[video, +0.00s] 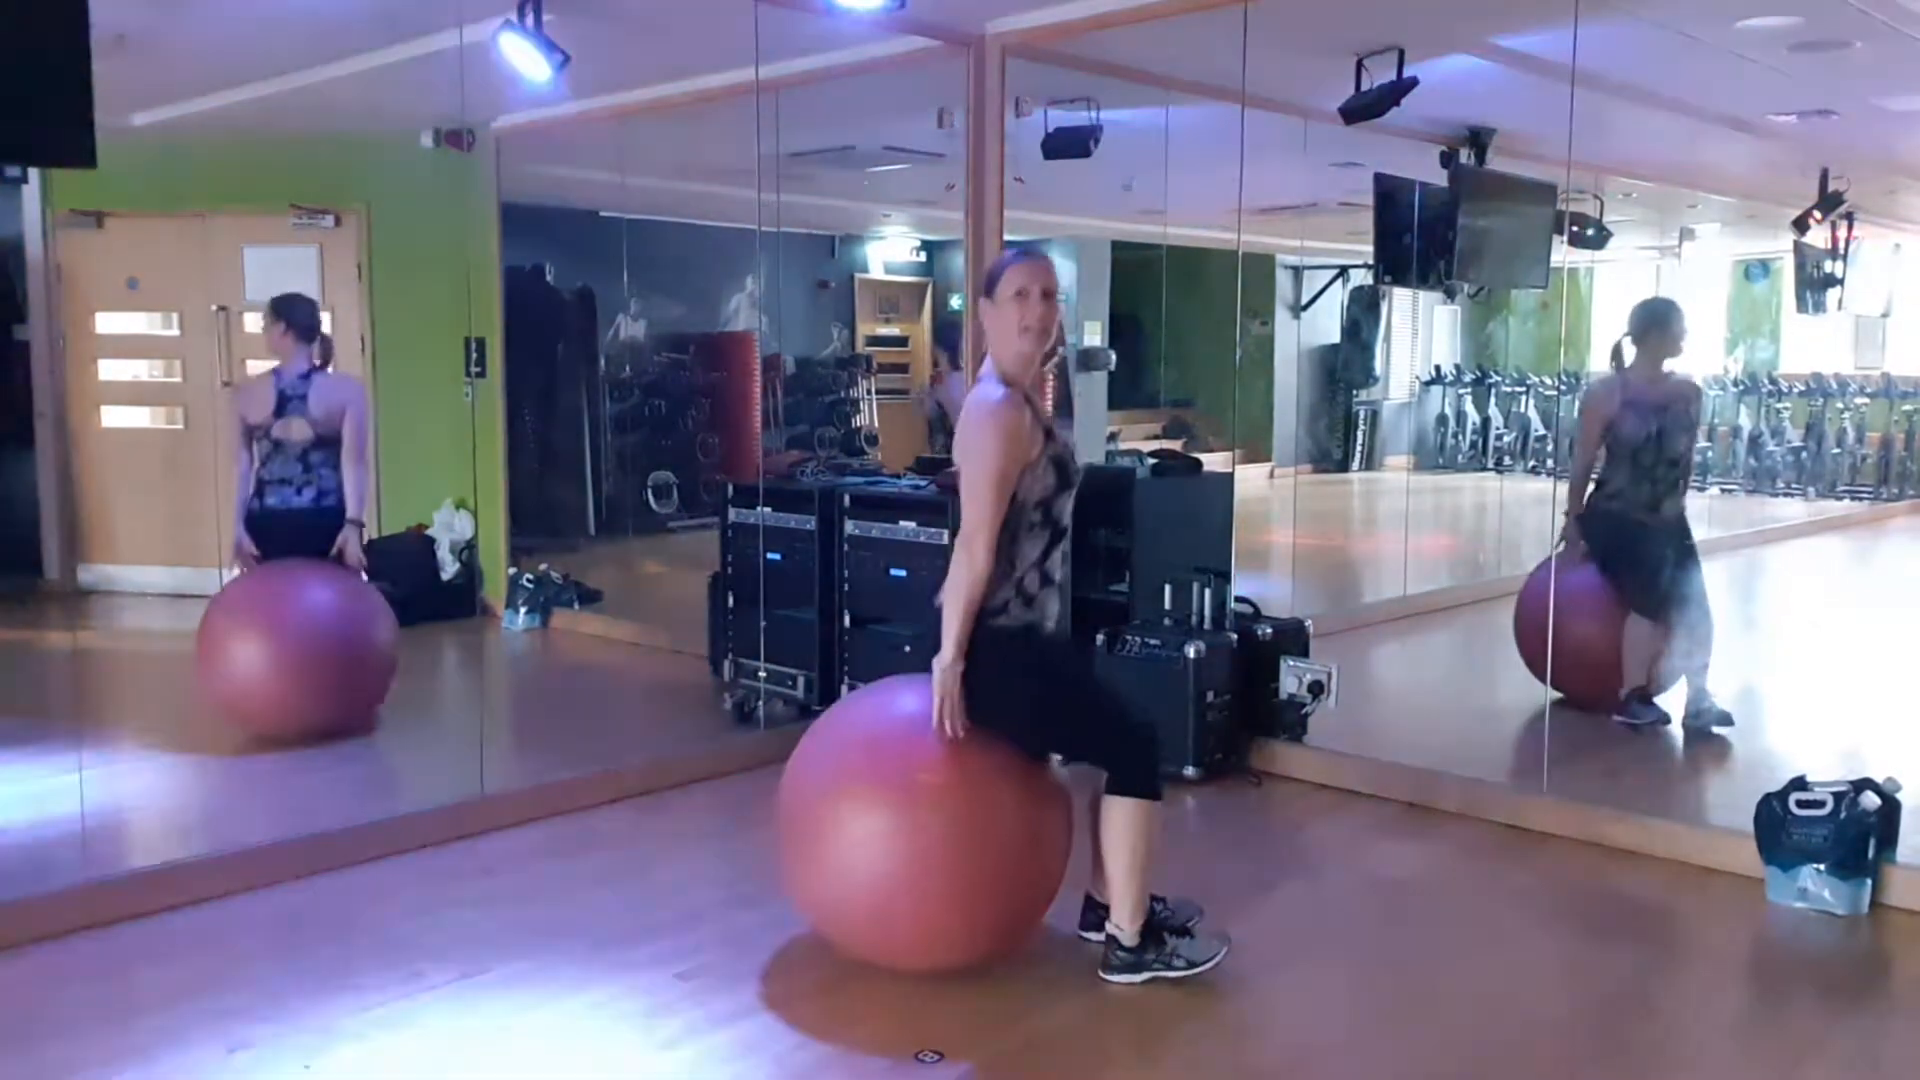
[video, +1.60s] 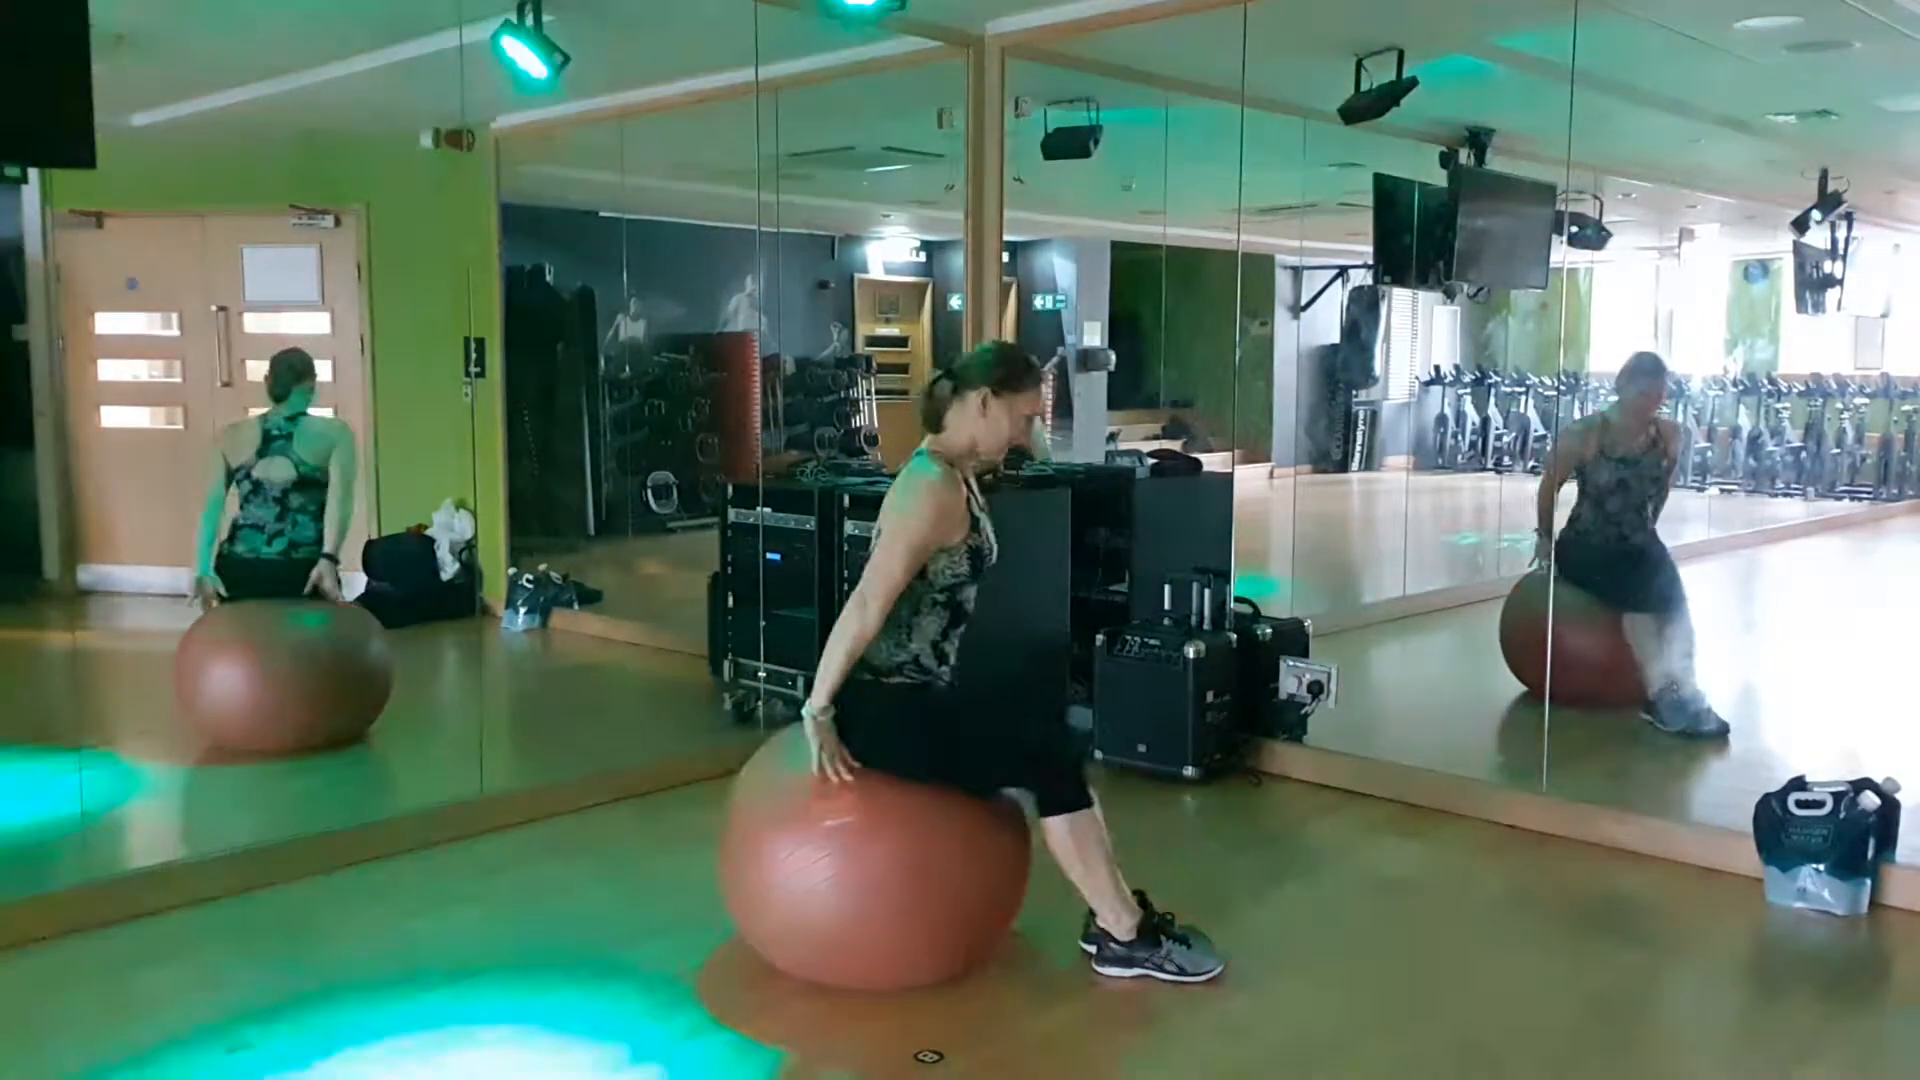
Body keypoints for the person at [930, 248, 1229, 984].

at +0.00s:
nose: (1040, 310)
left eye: (1049, 297)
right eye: (1022, 297)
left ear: (1058, 309)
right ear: (986, 311)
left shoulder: (1012, 401)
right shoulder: (995, 410)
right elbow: (975, 544)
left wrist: (1045, 402)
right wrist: (950, 657)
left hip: (1014, 644)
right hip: (1002, 654)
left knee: (1122, 735)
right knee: (1133, 742)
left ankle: (1108, 903)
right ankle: (1131, 935)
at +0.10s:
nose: (1029, 341)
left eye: (1037, 327)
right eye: (1009, 328)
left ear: (1046, 343)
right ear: (971, 345)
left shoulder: (1008, 432)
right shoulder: (982, 444)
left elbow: (984, 569)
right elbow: (963, 576)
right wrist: (933, 692)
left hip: (999, 668)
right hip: (979, 681)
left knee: (1122, 724)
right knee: (1131, 741)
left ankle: (1109, 902)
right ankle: (1130, 937)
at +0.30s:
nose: (997, 398)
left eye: (1006, 384)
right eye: (978, 385)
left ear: (1015, 399)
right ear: (943, 401)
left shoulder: (987, 479)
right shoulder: (947, 496)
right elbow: (907, 612)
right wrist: (882, 723)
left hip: (976, 697)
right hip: (939, 719)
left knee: (1106, 729)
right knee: (1111, 740)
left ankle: (1111, 900)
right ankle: (1131, 938)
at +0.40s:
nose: (986, 401)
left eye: (995, 387)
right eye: (966, 387)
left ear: (1005, 402)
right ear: (933, 405)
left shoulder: (978, 477)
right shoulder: (935, 495)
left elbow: (1021, 442)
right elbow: (895, 612)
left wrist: (1001, 390)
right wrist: (871, 724)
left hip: (964, 700)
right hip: (927, 720)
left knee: (1105, 730)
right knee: (1102, 741)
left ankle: (1122, 900)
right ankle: (1134, 937)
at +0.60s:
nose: (993, 386)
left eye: (1001, 373)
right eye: (978, 371)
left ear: (1005, 380)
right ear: (937, 375)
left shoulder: (971, 454)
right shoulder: (927, 466)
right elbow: (880, 589)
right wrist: (852, 698)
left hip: (946, 679)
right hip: (903, 694)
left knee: (1078, 731)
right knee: (1058, 749)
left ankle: (1153, 894)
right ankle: (1130, 934)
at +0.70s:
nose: (1006, 402)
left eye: (1012, 388)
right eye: (999, 385)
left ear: (983, 384)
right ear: (952, 374)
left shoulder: (967, 462)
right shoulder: (925, 466)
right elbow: (880, 590)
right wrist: (852, 701)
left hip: (938, 683)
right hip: (898, 695)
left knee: (1070, 735)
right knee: (1056, 750)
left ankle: (1146, 899)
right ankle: (1127, 930)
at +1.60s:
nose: (1026, 437)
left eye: (1030, 422)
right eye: (1023, 419)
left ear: (980, 404)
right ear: (981, 404)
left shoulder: (952, 481)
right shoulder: (930, 492)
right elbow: (868, 604)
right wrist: (818, 707)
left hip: (912, 697)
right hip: (886, 712)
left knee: (1051, 740)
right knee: (1047, 757)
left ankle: (1117, 912)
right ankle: (1122, 929)